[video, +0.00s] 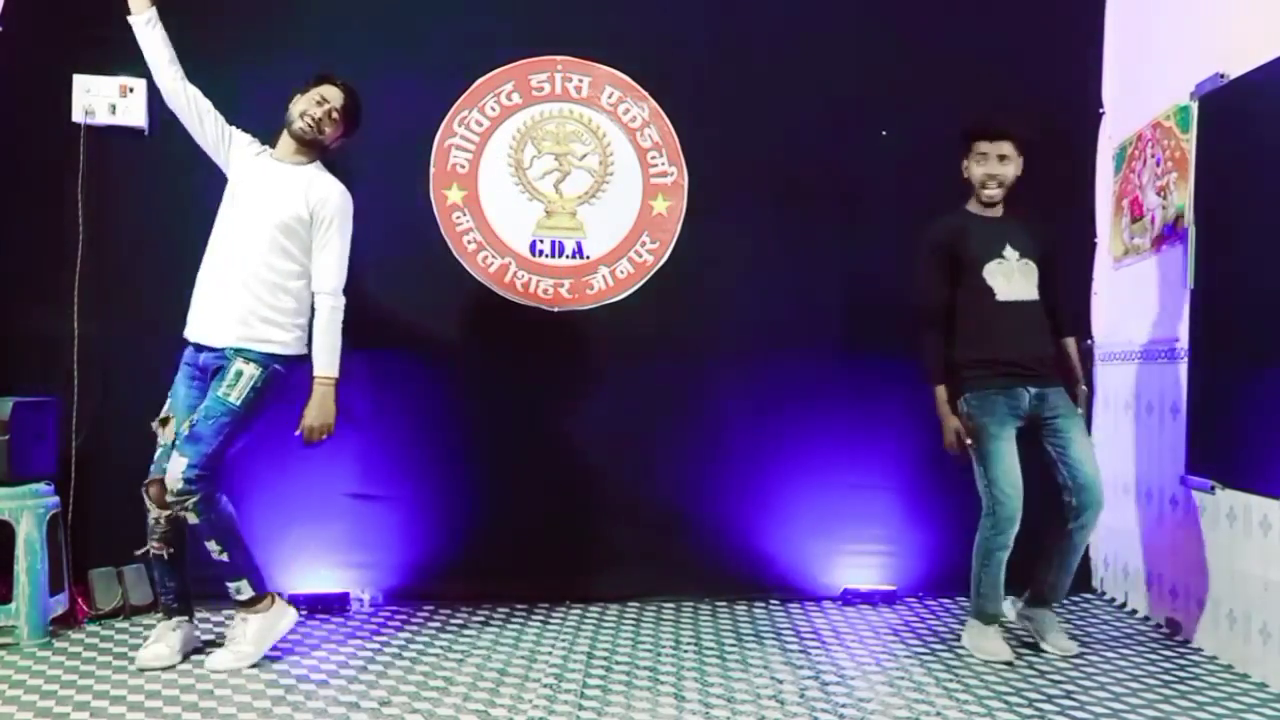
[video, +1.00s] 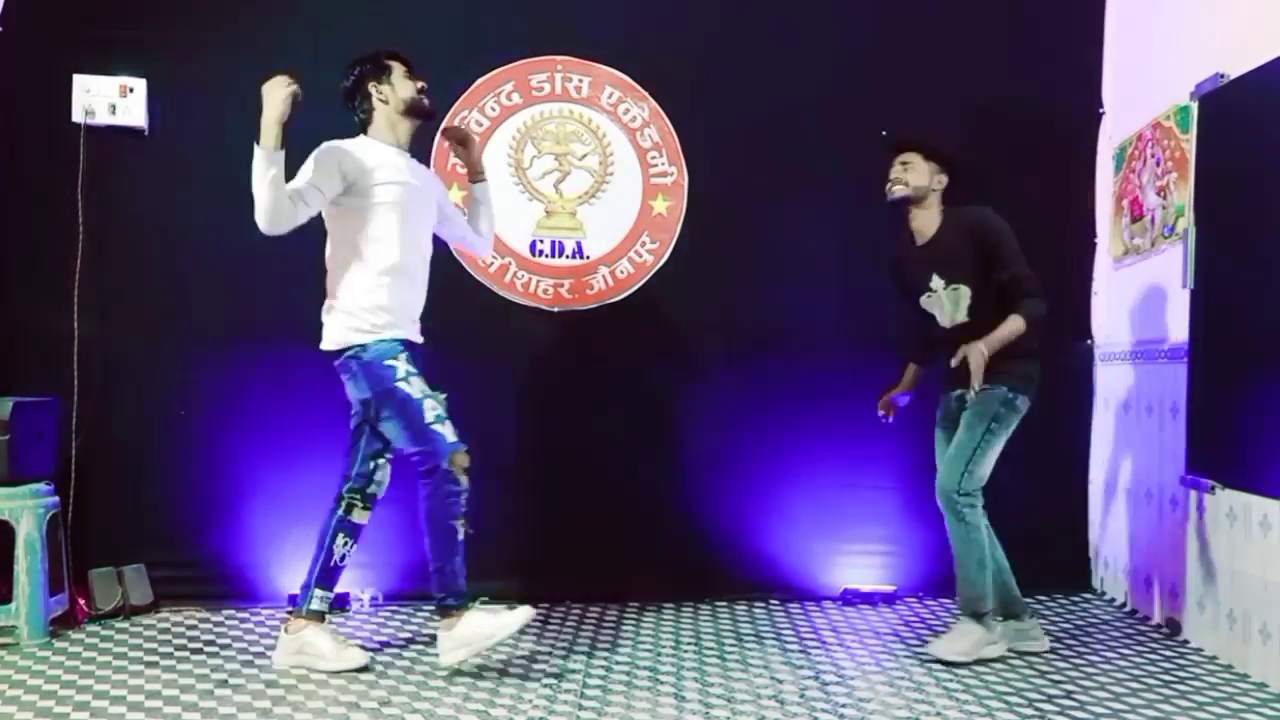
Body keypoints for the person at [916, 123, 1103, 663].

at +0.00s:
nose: (991, 170)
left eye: (1002, 160)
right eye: (981, 159)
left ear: (1019, 167)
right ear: (965, 166)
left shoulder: (1035, 234)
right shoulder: (946, 235)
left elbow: (1060, 314)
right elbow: (933, 326)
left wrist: (1079, 385)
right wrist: (944, 408)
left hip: (1050, 388)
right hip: (987, 390)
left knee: (1087, 501)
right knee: (1004, 509)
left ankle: (1041, 610)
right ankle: (983, 621)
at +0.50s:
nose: (971, 166)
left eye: (980, 154)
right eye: (969, 157)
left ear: (1015, 153)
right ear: (979, 163)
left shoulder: (1064, 208)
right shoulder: (978, 235)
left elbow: (1111, 272)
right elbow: (975, 320)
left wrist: (1139, 335)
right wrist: (971, 391)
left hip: (1067, 381)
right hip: (998, 384)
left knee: (1080, 509)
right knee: (994, 504)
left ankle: (1087, 624)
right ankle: (983, 620)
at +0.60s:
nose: (981, 148)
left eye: (994, 140)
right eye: (981, 141)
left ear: (1025, 154)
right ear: (985, 154)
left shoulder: (1052, 205)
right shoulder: (975, 227)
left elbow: (1107, 263)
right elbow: (986, 313)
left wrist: (1139, 265)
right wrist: (956, 368)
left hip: (1064, 382)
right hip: (996, 382)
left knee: (1079, 507)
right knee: (985, 501)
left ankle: (1089, 623)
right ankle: (1000, 618)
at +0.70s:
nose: (981, 147)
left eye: (996, 145)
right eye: (985, 140)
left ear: (1019, 168)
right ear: (982, 157)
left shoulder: (1035, 211)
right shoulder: (964, 224)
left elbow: (1109, 270)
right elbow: (984, 302)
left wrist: (1106, 224)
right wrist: (943, 337)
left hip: (1054, 381)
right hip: (994, 380)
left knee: (1072, 506)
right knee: (975, 494)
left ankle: (1091, 623)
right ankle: (1016, 614)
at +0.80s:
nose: (962, 155)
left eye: (978, 154)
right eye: (967, 148)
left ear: (1001, 179)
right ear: (960, 172)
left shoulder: (1012, 219)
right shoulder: (952, 229)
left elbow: (1087, 281)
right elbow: (967, 301)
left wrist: (1040, 240)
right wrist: (923, 337)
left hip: (1040, 385)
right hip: (986, 386)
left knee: (1042, 504)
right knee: (974, 504)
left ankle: (1087, 616)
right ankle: (1015, 622)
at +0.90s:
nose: (930, 168)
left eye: (945, 165)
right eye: (931, 162)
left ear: (971, 186)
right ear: (924, 183)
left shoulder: (994, 230)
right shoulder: (934, 244)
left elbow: (1058, 300)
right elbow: (946, 314)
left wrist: (1005, 292)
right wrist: (903, 362)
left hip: (1024, 383)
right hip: (975, 386)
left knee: (985, 488)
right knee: (961, 499)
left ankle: (1052, 601)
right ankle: (1011, 616)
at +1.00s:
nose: (895, 176)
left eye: (908, 167)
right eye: (893, 168)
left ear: (939, 179)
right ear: (892, 184)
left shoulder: (978, 225)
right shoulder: (905, 255)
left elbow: (1031, 305)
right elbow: (926, 330)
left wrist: (986, 343)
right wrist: (905, 387)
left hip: (1005, 378)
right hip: (956, 384)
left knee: (956, 489)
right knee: (958, 495)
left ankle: (979, 621)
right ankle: (1016, 620)